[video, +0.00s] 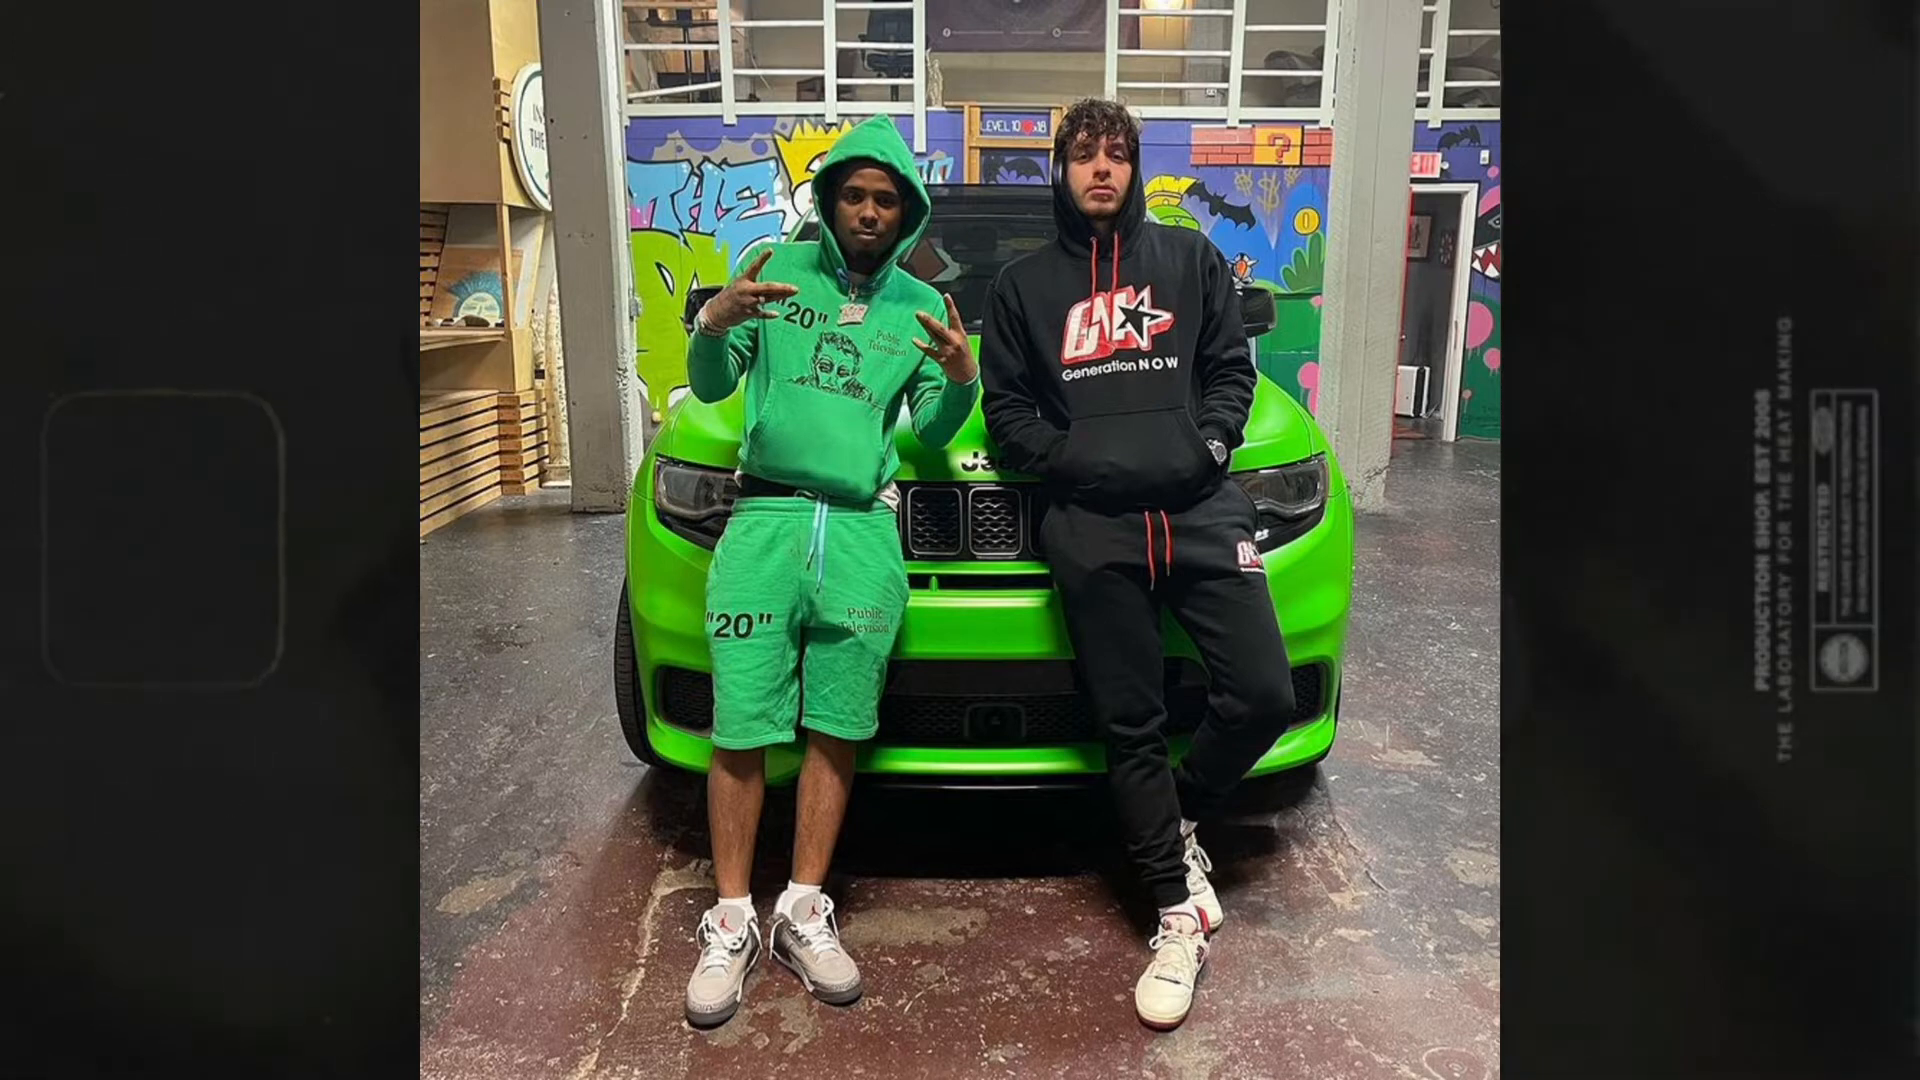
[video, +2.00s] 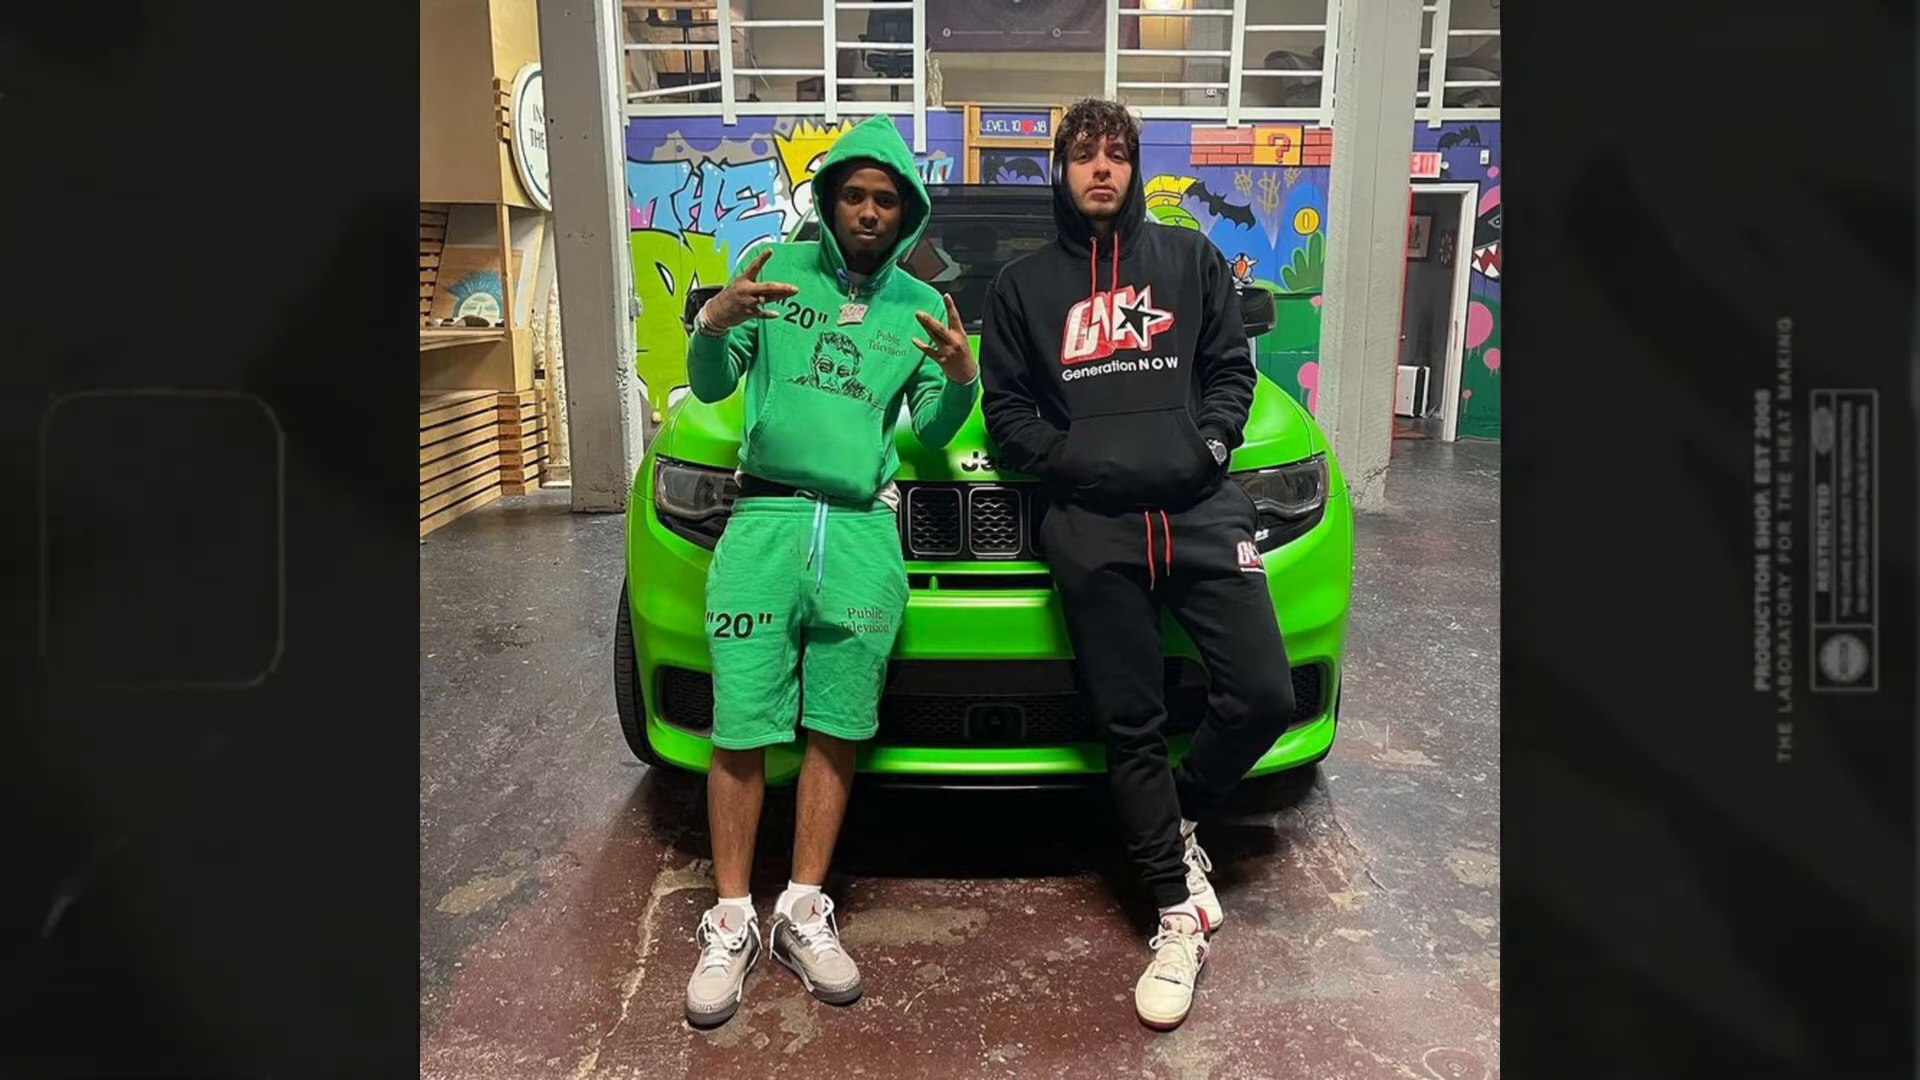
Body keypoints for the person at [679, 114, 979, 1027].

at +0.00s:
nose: (868, 212)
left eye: (885, 198)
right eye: (854, 196)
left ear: (907, 212)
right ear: (827, 202)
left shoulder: (923, 305)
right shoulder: (776, 268)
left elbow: (923, 439)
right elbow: (712, 384)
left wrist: (961, 380)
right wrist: (713, 321)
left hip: (861, 527)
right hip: (763, 517)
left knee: (838, 728)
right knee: (741, 728)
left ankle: (805, 908)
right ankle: (732, 919)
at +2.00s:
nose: (868, 212)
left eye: (885, 198)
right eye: (854, 196)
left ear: (907, 212)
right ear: (827, 202)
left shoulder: (923, 305)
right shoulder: (776, 268)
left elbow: (923, 439)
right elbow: (712, 384)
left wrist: (961, 380)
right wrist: (713, 321)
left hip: (861, 527)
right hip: (763, 517)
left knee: (838, 728)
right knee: (741, 728)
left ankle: (805, 908)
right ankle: (732, 919)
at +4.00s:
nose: (868, 212)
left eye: (885, 198)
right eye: (854, 196)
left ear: (907, 211)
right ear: (827, 202)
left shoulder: (923, 305)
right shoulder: (776, 268)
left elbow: (923, 439)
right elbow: (712, 384)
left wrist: (961, 380)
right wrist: (713, 322)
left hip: (861, 527)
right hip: (763, 517)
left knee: (838, 728)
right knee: (741, 728)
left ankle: (805, 908)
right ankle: (732, 919)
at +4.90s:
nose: (868, 212)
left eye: (885, 198)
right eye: (854, 196)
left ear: (907, 211)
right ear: (827, 202)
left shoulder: (923, 305)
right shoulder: (777, 267)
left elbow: (923, 439)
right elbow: (712, 384)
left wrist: (961, 381)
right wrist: (713, 322)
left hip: (861, 526)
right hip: (763, 516)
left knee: (838, 728)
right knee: (741, 728)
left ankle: (804, 908)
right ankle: (732, 919)